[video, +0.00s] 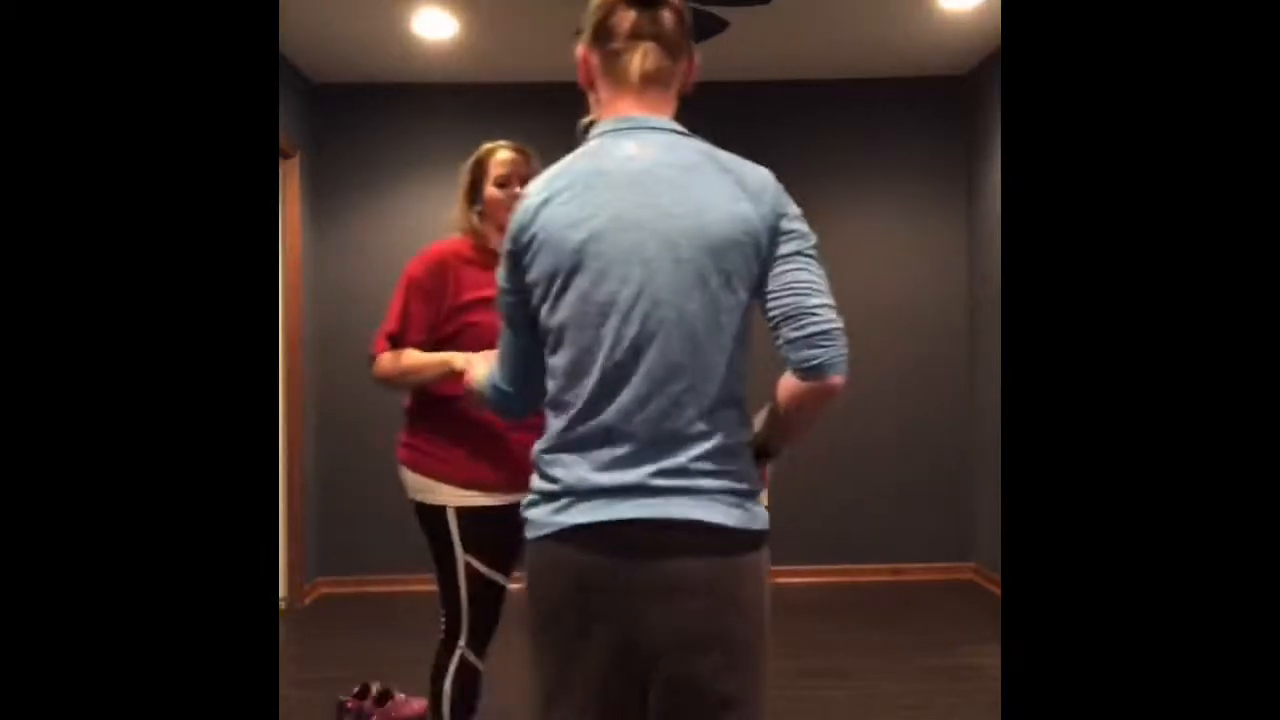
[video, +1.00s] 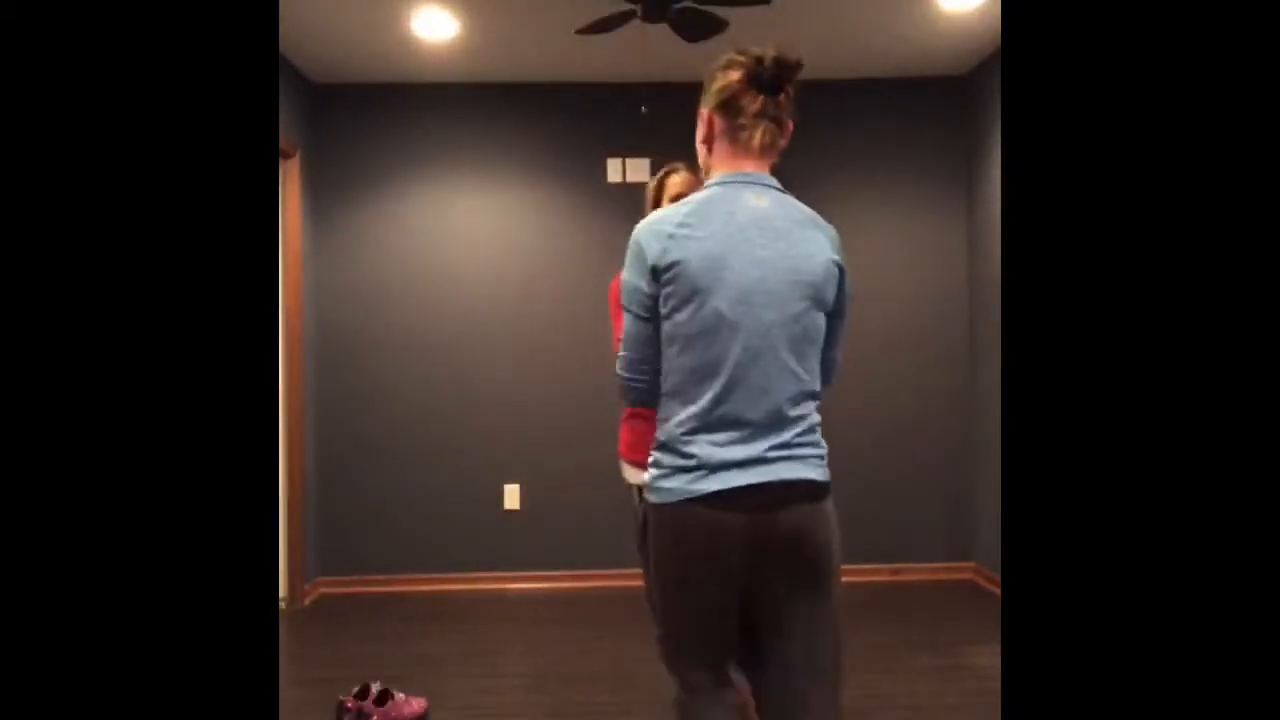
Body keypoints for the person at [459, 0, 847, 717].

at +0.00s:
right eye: (693, 61)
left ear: (585, 67)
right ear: (689, 72)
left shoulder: (542, 202)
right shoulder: (754, 188)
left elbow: (516, 394)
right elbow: (820, 369)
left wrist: (479, 371)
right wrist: (763, 446)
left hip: (573, 544)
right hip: (714, 545)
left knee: (576, 712)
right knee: (718, 710)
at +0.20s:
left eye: (614, 68)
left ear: (617, 77)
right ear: (717, 80)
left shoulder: (572, 204)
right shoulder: (774, 196)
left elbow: (544, 379)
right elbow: (828, 378)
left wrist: (506, 370)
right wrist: (766, 430)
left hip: (600, 530)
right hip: (730, 533)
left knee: (634, 709)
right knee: (712, 708)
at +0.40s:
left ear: (643, 92)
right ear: (738, 96)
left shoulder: (598, 220)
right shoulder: (791, 212)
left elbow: (569, 391)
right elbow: (825, 390)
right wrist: (753, 408)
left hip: (629, 522)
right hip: (754, 524)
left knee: (645, 707)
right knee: (743, 706)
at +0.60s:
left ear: (669, 107)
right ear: (761, 110)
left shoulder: (623, 226)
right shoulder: (806, 222)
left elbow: (602, 386)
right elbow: (821, 386)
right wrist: (741, 380)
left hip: (646, 519)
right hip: (768, 521)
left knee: (672, 709)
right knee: (780, 708)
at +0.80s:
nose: (691, 123)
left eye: (690, 114)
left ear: (694, 116)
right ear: (779, 125)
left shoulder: (647, 227)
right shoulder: (818, 229)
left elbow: (628, 378)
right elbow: (822, 374)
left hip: (672, 505)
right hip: (786, 507)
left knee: (688, 703)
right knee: (793, 703)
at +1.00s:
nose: (696, 136)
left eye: (698, 124)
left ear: (706, 127)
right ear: (785, 138)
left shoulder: (657, 234)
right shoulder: (820, 235)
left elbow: (638, 381)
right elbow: (824, 373)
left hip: (692, 514)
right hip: (799, 509)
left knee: (703, 686)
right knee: (805, 696)